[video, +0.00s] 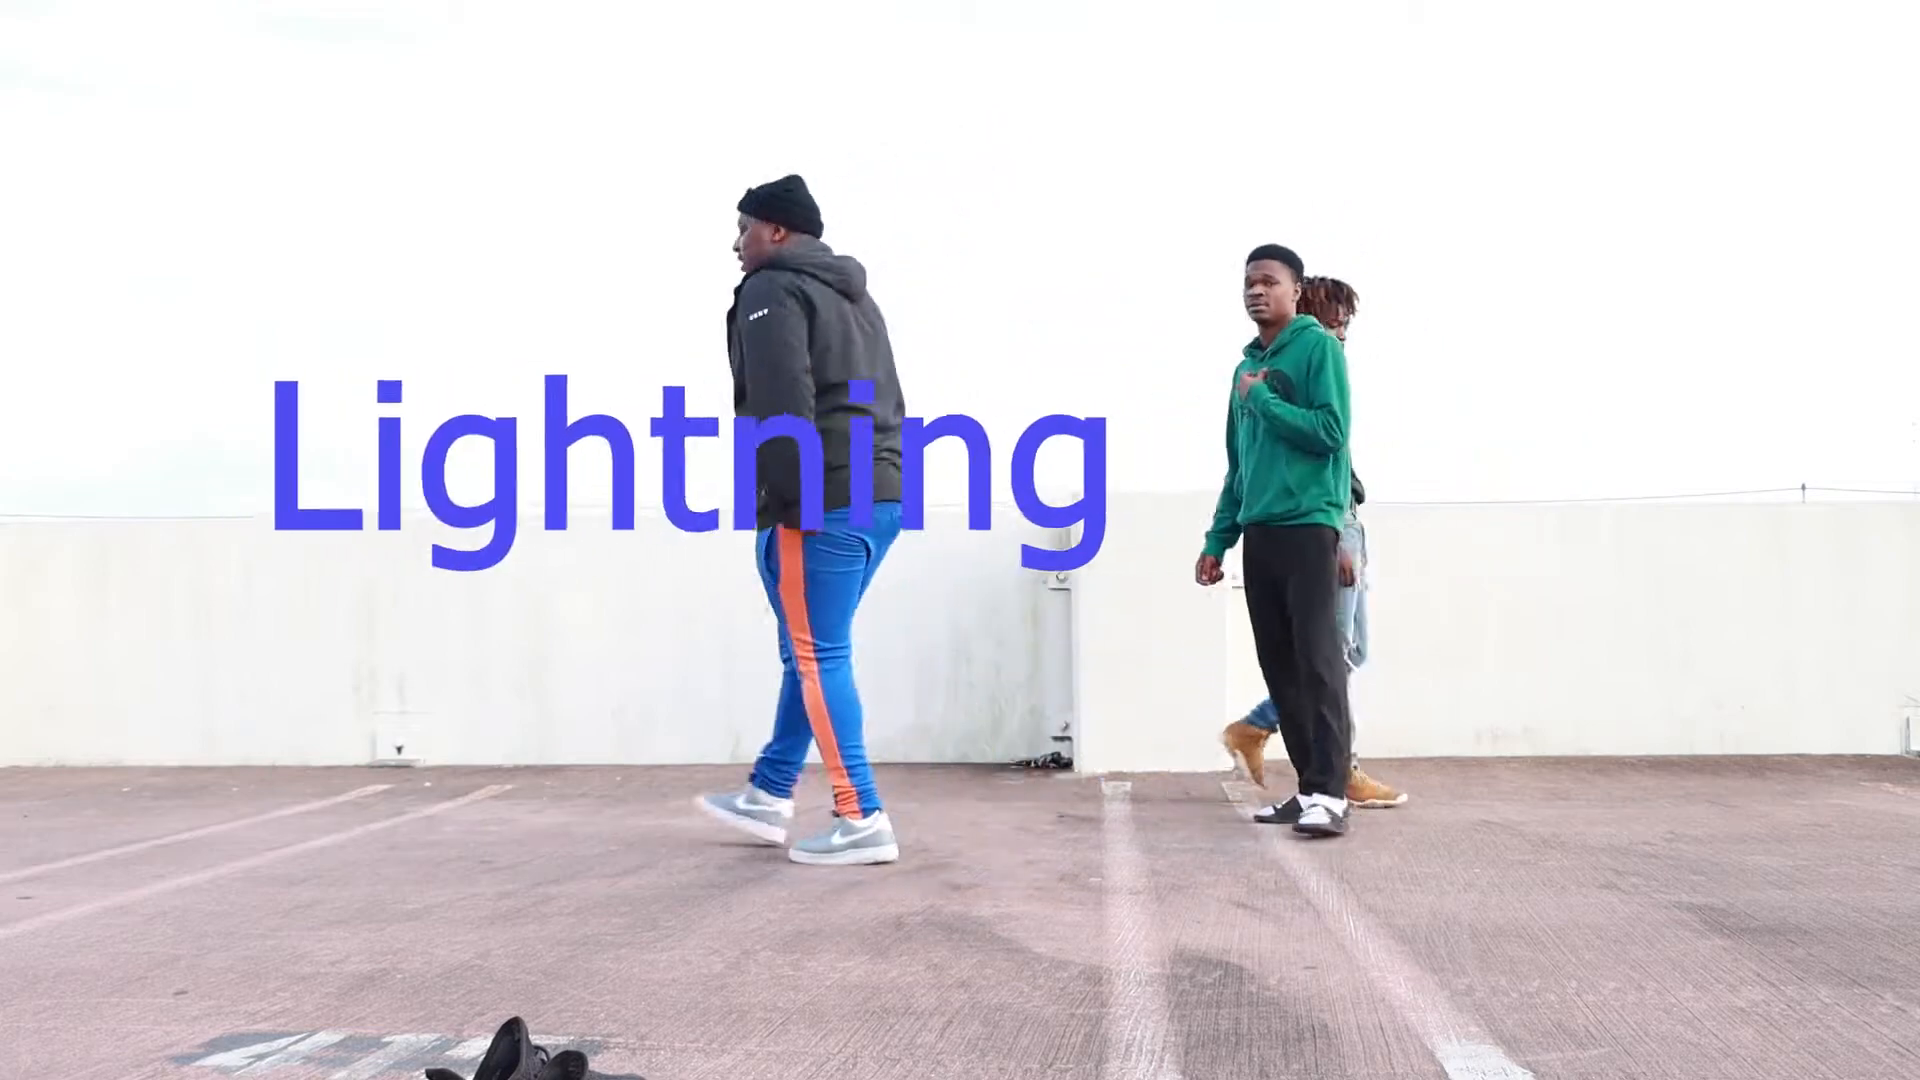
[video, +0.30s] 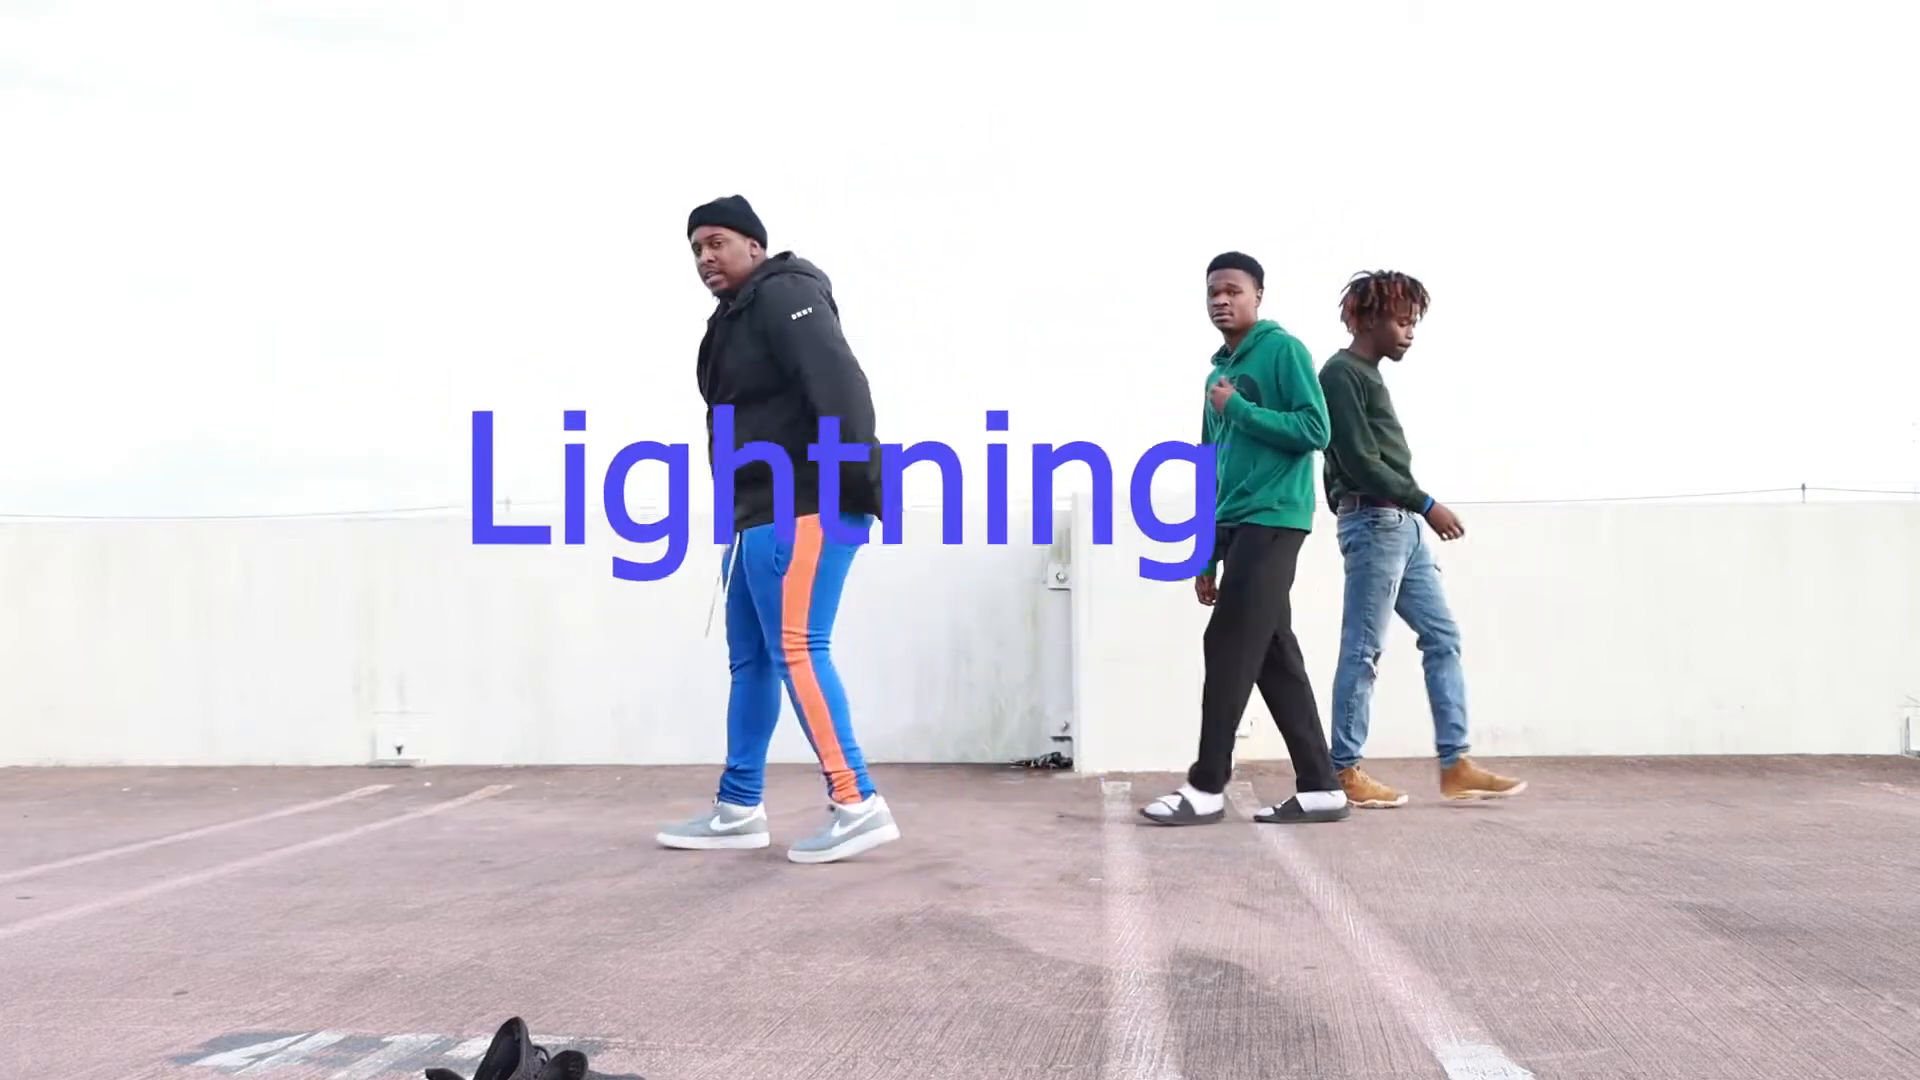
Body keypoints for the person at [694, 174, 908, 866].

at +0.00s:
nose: (737, 243)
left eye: (743, 231)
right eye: (739, 230)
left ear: (773, 230)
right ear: (797, 233)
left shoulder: (769, 291)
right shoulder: (853, 295)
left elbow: (783, 408)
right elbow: (886, 403)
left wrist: (776, 510)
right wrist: (883, 490)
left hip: (819, 507)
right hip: (878, 506)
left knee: (820, 657)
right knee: (807, 652)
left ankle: (860, 817)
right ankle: (769, 793)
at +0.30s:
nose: (706, 257)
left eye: (716, 243)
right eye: (698, 250)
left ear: (753, 242)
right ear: (700, 260)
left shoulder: (787, 291)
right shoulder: (732, 317)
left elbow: (839, 383)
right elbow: (735, 422)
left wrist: (852, 490)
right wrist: (738, 515)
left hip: (802, 511)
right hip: (755, 516)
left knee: (798, 651)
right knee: (752, 660)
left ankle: (857, 804)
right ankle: (738, 806)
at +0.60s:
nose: (716, 259)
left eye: (726, 245)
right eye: (705, 253)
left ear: (758, 248)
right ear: (700, 267)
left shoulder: (811, 297)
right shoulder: (704, 334)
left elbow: (870, 382)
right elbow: (705, 432)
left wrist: (893, 477)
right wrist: (722, 510)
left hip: (820, 508)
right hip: (744, 518)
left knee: (827, 650)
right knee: (742, 661)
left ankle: (880, 785)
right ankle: (739, 806)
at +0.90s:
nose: (790, 265)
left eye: (802, 253)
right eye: (780, 257)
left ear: (830, 258)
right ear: (770, 269)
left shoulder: (881, 321)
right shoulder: (755, 335)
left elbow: (929, 413)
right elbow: (725, 431)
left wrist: (933, 508)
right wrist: (722, 513)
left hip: (867, 519)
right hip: (778, 523)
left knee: (866, 660)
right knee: (769, 661)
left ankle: (884, 792)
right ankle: (742, 802)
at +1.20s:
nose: (877, 293)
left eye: (890, 281)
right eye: (865, 280)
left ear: (909, 282)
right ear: (846, 277)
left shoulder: (941, 340)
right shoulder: (806, 326)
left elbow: (976, 430)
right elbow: (753, 408)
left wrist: (970, 511)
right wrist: (744, 497)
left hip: (896, 524)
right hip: (809, 519)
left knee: (882, 654)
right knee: (800, 651)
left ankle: (884, 791)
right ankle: (801, 792)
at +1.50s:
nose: (921, 326)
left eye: (932, 314)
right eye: (909, 311)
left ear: (942, 311)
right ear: (880, 300)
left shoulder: (955, 360)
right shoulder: (826, 344)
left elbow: (973, 458)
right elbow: (766, 428)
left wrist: (983, 549)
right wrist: (753, 521)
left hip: (902, 521)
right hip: (820, 521)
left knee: (887, 648)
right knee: (832, 659)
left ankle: (887, 789)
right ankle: (850, 782)